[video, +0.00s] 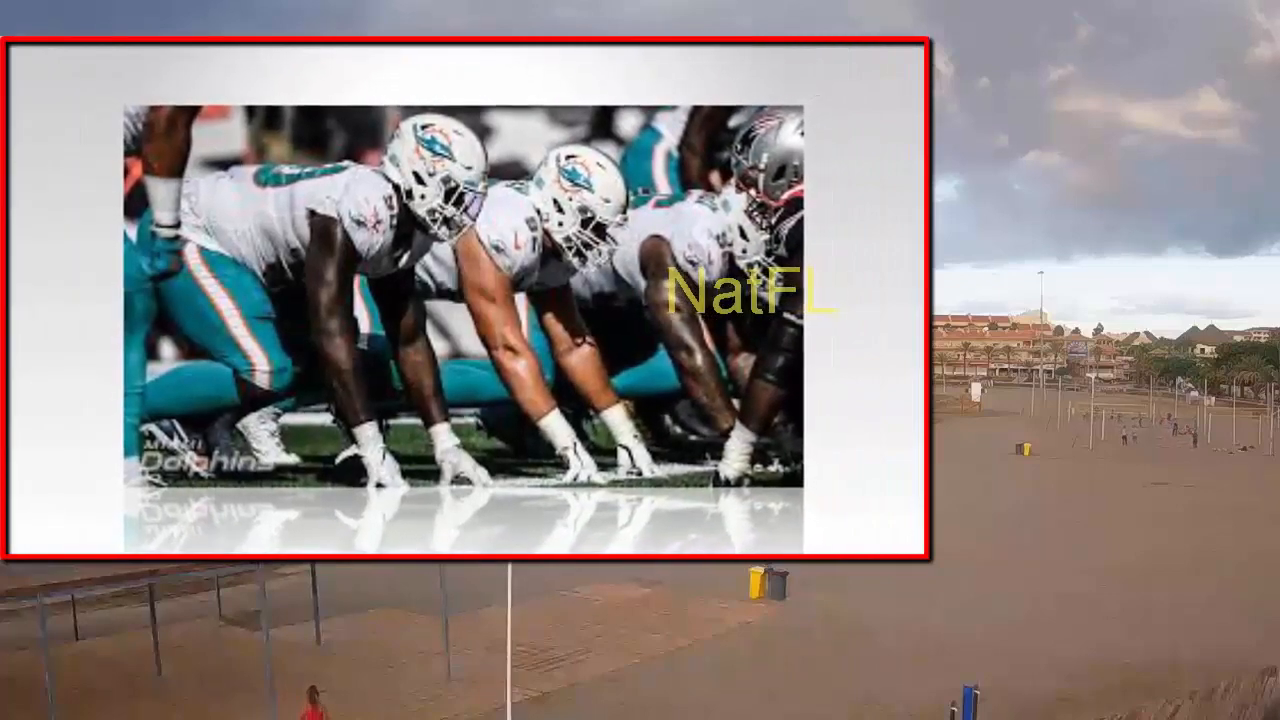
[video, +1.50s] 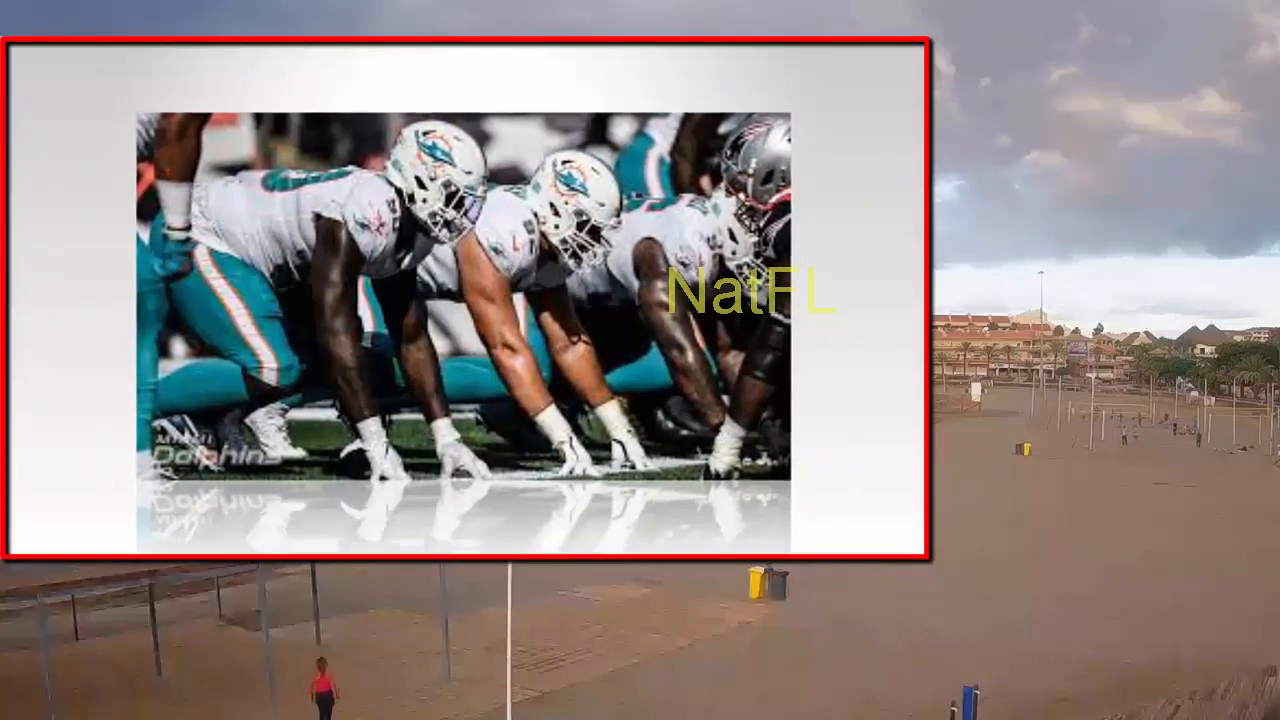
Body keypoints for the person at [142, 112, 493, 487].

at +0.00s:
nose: (459, 204)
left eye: (467, 192)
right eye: (451, 186)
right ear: (416, 168)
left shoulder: (400, 228)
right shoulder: (356, 204)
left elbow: (411, 339)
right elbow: (330, 331)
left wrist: (445, 443)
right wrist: (371, 446)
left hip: (251, 254)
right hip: (196, 238)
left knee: (310, 364)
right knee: (265, 371)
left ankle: (191, 423)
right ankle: (112, 411)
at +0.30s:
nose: (459, 204)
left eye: (467, 193)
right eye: (451, 187)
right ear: (417, 169)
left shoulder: (400, 228)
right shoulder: (355, 205)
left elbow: (412, 339)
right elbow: (330, 330)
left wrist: (445, 442)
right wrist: (372, 445)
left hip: (250, 254)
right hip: (197, 239)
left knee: (310, 364)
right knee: (266, 370)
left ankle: (195, 423)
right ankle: (114, 411)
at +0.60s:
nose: (459, 206)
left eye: (467, 195)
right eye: (452, 189)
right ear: (418, 171)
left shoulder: (400, 228)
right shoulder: (357, 205)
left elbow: (412, 339)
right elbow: (331, 330)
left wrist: (445, 441)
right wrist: (372, 444)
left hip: (251, 252)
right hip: (199, 237)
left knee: (312, 364)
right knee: (268, 370)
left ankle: (196, 422)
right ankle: (118, 408)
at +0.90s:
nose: (459, 206)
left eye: (467, 195)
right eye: (451, 189)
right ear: (418, 170)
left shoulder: (401, 229)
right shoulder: (359, 204)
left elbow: (412, 339)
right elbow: (332, 329)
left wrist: (445, 441)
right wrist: (373, 443)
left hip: (252, 254)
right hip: (201, 238)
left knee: (309, 364)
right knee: (269, 370)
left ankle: (196, 421)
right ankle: (120, 408)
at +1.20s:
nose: (459, 207)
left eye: (466, 196)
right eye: (452, 190)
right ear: (418, 170)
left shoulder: (402, 230)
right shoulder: (361, 206)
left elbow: (413, 339)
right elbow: (333, 328)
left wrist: (446, 440)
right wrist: (374, 442)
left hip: (255, 254)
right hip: (204, 239)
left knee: (314, 362)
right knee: (271, 369)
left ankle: (198, 419)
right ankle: (122, 408)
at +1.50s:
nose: (457, 207)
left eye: (465, 196)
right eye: (451, 190)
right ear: (418, 173)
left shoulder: (403, 229)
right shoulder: (360, 208)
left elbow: (413, 335)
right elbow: (334, 328)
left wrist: (446, 436)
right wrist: (374, 439)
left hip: (259, 255)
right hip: (206, 238)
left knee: (319, 365)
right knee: (274, 368)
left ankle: (213, 417)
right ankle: (129, 406)